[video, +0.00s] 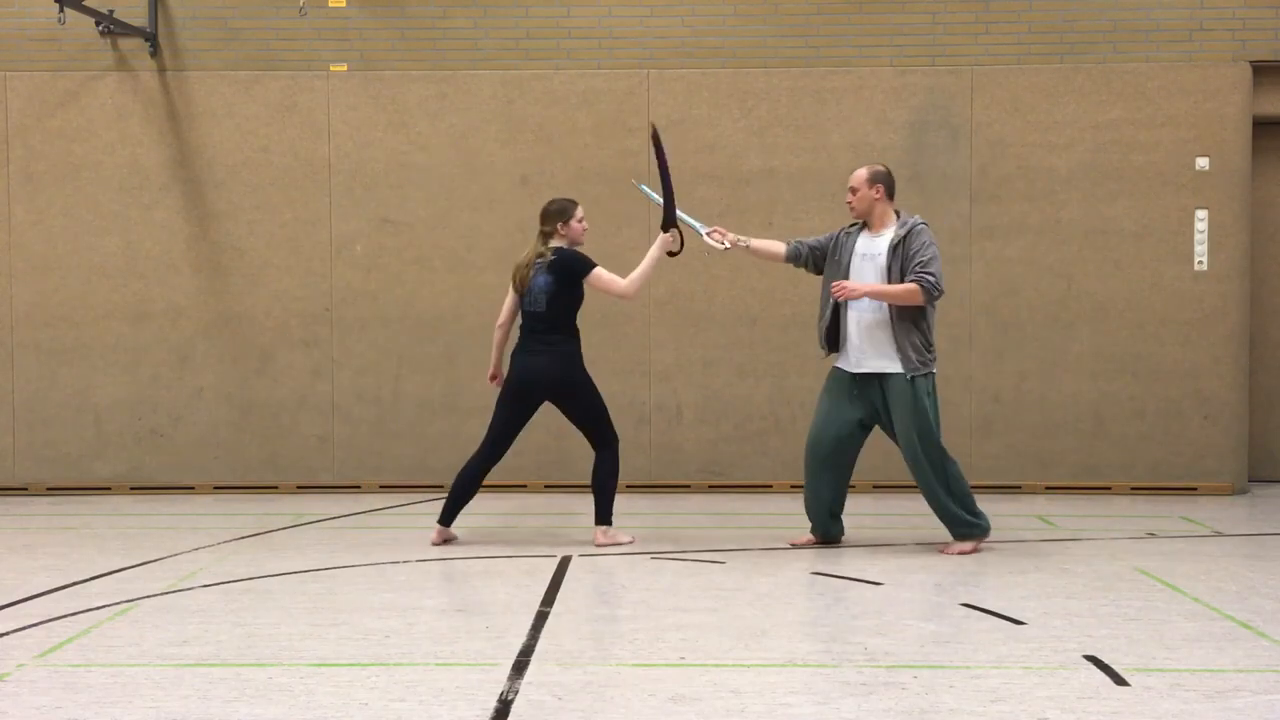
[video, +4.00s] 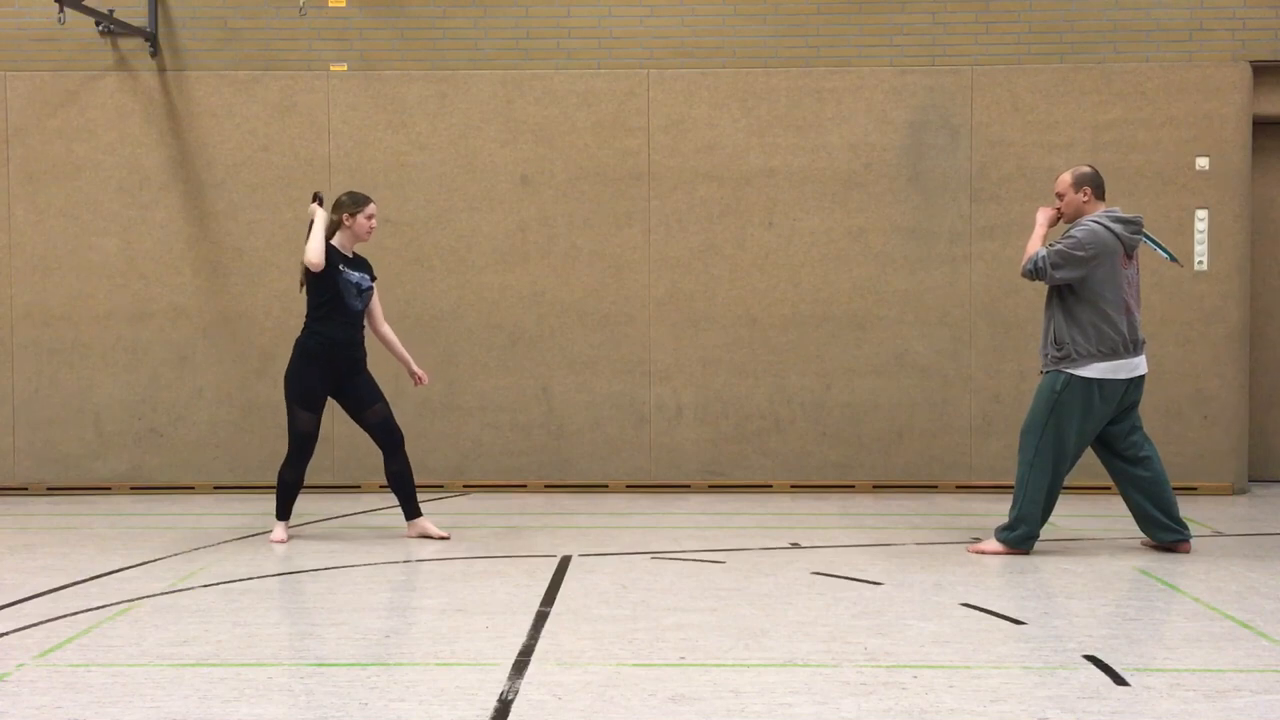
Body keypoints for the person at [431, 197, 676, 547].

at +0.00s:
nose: (586, 226)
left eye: (584, 219)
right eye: (581, 221)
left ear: (552, 229)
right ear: (561, 227)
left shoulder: (529, 264)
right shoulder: (572, 260)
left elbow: (503, 322)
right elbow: (626, 289)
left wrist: (495, 365)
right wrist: (659, 246)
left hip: (524, 371)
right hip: (564, 372)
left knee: (489, 450)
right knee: (606, 443)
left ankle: (442, 527)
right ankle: (603, 530)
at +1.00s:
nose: (763, 229)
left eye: (762, 223)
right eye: (756, 224)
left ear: (742, 231)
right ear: (736, 231)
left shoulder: (752, 275)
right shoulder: (717, 261)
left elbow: (747, 333)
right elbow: (744, 248)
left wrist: (771, 369)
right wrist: (787, 227)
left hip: (745, 379)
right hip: (711, 378)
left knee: (800, 440)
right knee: (674, 447)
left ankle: (805, 522)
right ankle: (617, 520)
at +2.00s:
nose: (734, 232)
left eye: (739, 226)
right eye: (728, 226)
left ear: (745, 228)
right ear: (715, 226)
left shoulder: (748, 265)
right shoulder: (699, 254)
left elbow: (755, 322)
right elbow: (672, 258)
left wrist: (766, 370)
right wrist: (709, 221)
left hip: (738, 364)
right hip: (699, 362)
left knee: (778, 439)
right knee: (687, 447)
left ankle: (805, 517)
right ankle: (661, 524)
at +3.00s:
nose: (443, 230)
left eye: (447, 223)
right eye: (440, 223)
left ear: (468, 217)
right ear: (443, 221)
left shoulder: (494, 252)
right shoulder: (443, 249)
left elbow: (515, 309)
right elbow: (438, 300)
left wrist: (524, 360)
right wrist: (417, 321)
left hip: (480, 359)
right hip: (450, 359)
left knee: (465, 444)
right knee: (416, 437)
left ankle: (491, 529)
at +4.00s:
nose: (374, 224)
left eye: (375, 218)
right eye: (369, 218)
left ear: (358, 219)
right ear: (348, 218)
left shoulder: (363, 267)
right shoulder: (320, 251)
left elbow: (379, 324)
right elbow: (314, 262)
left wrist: (409, 364)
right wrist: (320, 217)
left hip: (350, 369)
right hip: (311, 365)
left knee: (392, 438)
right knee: (301, 445)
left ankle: (415, 520)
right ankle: (281, 523)